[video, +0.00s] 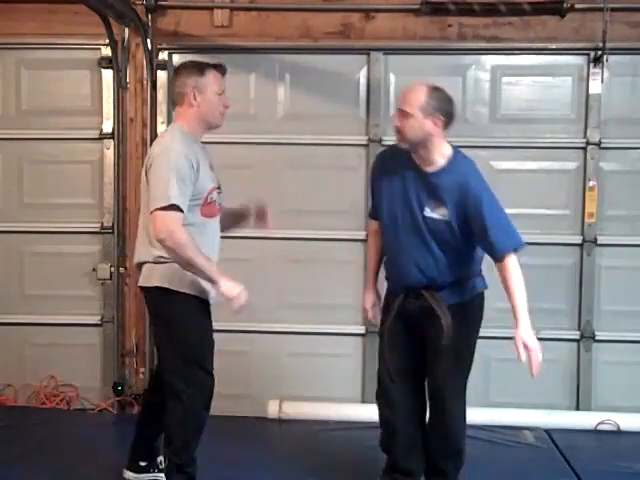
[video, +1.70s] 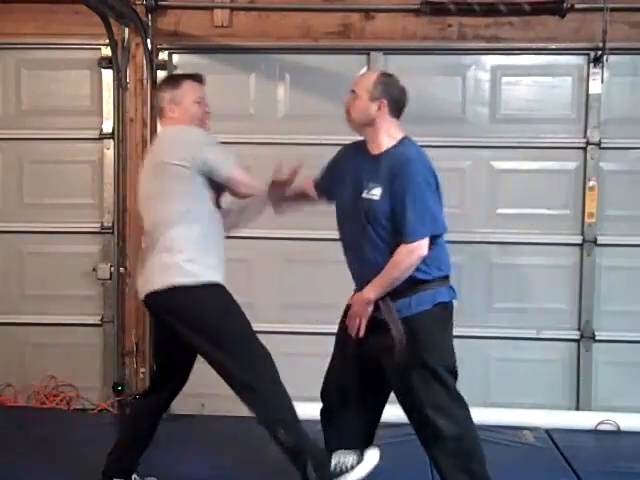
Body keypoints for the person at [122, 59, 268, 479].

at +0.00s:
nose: (227, 104)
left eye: (226, 95)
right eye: (221, 95)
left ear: (193, 98)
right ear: (193, 96)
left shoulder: (192, 147)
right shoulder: (173, 147)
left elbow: (200, 216)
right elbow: (167, 228)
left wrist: (242, 217)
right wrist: (220, 278)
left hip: (183, 281)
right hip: (172, 282)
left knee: (171, 375)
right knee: (193, 380)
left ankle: (141, 463)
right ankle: (181, 472)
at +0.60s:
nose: (199, 102)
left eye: (198, 94)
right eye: (192, 94)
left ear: (171, 98)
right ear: (166, 97)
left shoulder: (176, 151)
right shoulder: (139, 146)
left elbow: (188, 223)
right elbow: (139, 224)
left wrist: (216, 268)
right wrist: (173, 283)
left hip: (167, 283)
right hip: (140, 281)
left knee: (160, 375)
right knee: (141, 377)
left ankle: (143, 459)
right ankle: (125, 467)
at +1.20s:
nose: (169, 101)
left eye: (167, 94)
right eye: (161, 94)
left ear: (139, 100)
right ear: (133, 100)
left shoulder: (152, 151)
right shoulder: (119, 147)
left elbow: (173, 213)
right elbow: (123, 222)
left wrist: (188, 263)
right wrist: (164, 269)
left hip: (154, 282)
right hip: (134, 281)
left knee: (136, 382)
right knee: (183, 371)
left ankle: (112, 471)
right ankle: (145, 465)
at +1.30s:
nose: (170, 102)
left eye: (167, 95)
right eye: (162, 95)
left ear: (142, 102)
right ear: (134, 102)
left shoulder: (158, 152)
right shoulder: (119, 146)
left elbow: (174, 210)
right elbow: (143, 208)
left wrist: (196, 245)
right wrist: (193, 231)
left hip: (160, 276)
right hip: (137, 276)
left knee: (141, 382)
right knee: (200, 358)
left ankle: (113, 471)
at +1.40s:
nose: (171, 104)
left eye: (169, 97)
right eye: (163, 97)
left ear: (143, 103)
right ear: (136, 102)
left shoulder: (160, 153)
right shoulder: (122, 145)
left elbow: (187, 196)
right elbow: (164, 190)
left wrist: (206, 219)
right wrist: (233, 183)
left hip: (163, 275)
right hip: (144, 276)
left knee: (143, 380)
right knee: (222, 343)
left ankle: (113, 469)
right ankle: (278, 438)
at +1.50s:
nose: (177, 105)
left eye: (175, 97)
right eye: (169, 97)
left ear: (143, 104)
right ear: (141, 102)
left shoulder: (145, 145)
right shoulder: (137, 141)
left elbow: (188, 188)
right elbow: (196, 170)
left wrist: (226, 198)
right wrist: (265, 143)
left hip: (156, 272)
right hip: (159, 271)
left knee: (150, 377)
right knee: (243, 335)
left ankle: (115, 470)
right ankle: (311, 425)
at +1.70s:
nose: (207, 111)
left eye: (205, 103)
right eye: (199, 103)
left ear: (171, 110)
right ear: (170, 108)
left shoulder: (159, 153)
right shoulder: (187, 140)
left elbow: (217, 223)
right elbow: (250, 186)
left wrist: (271, 196)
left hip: (163, 286)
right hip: (191, 283)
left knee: (164, 382)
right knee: (256, 371)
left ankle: (118, 470)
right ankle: (316, 466)